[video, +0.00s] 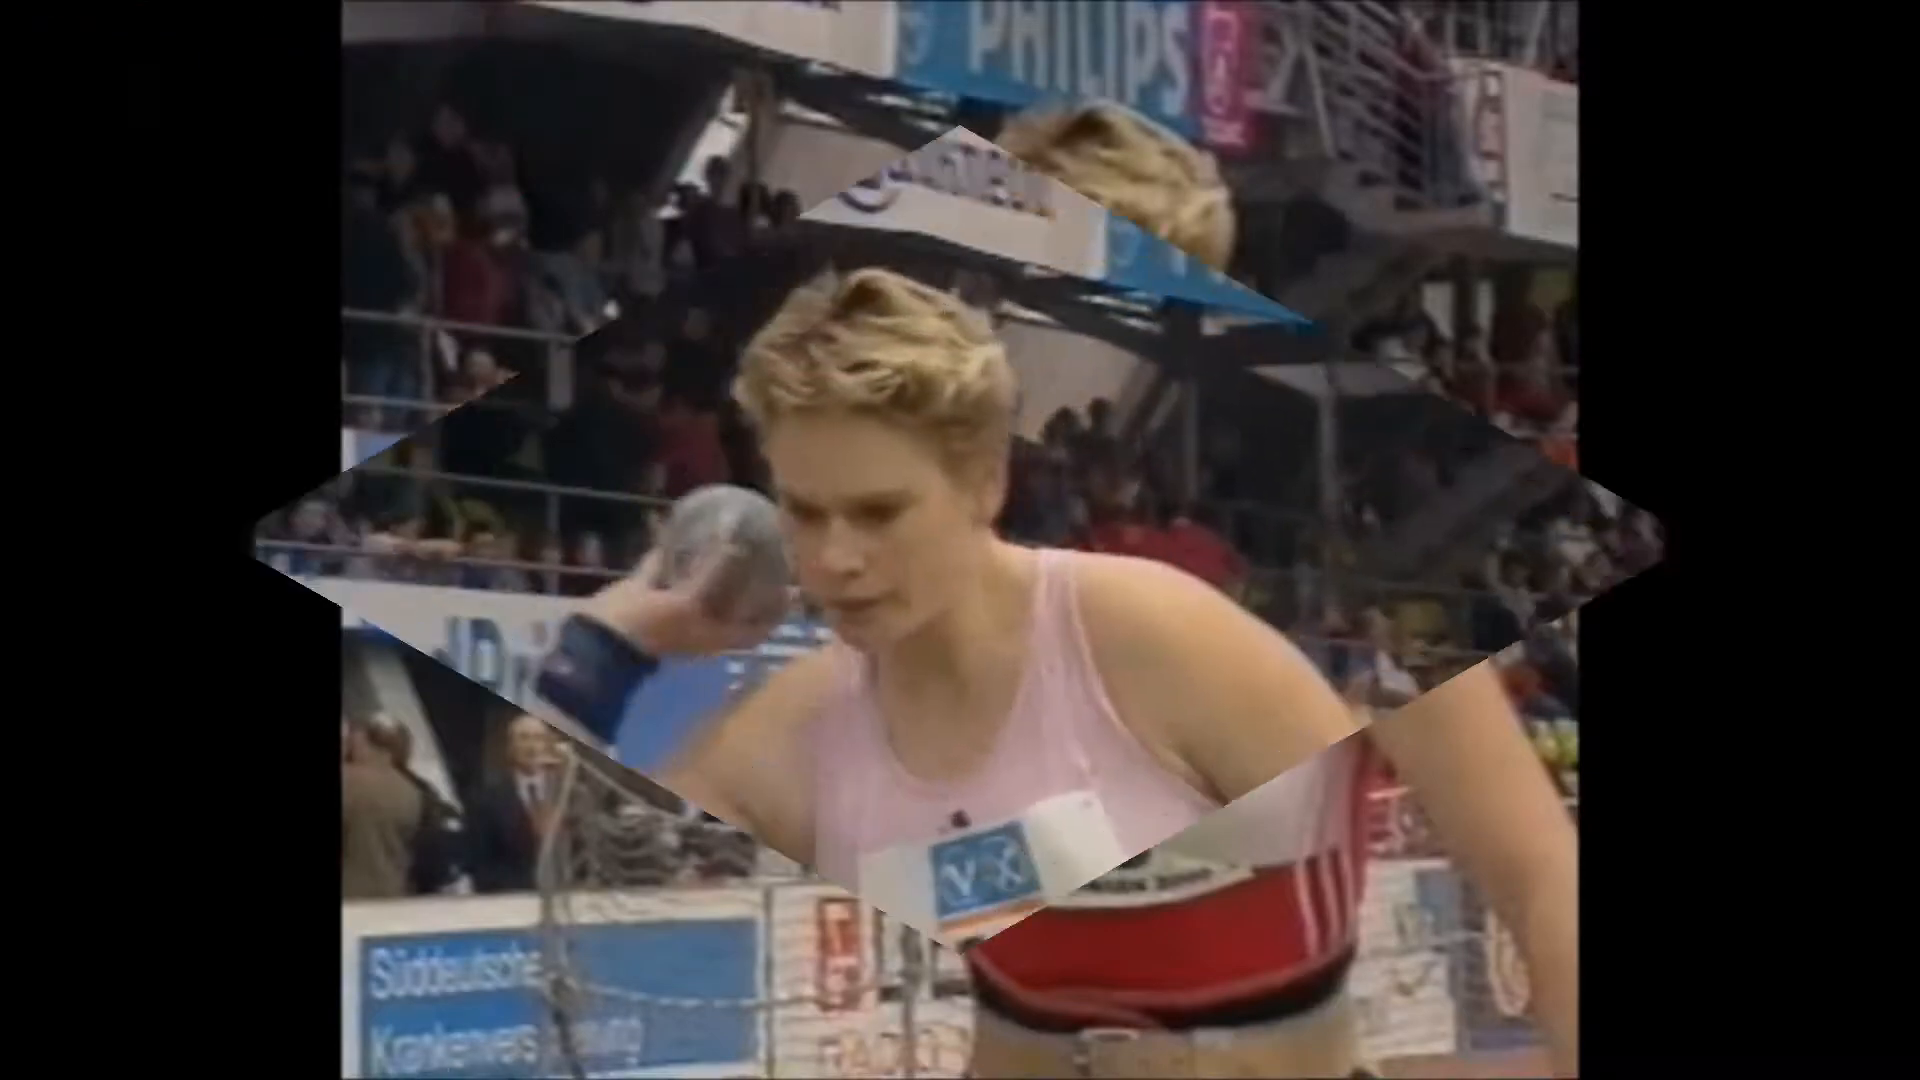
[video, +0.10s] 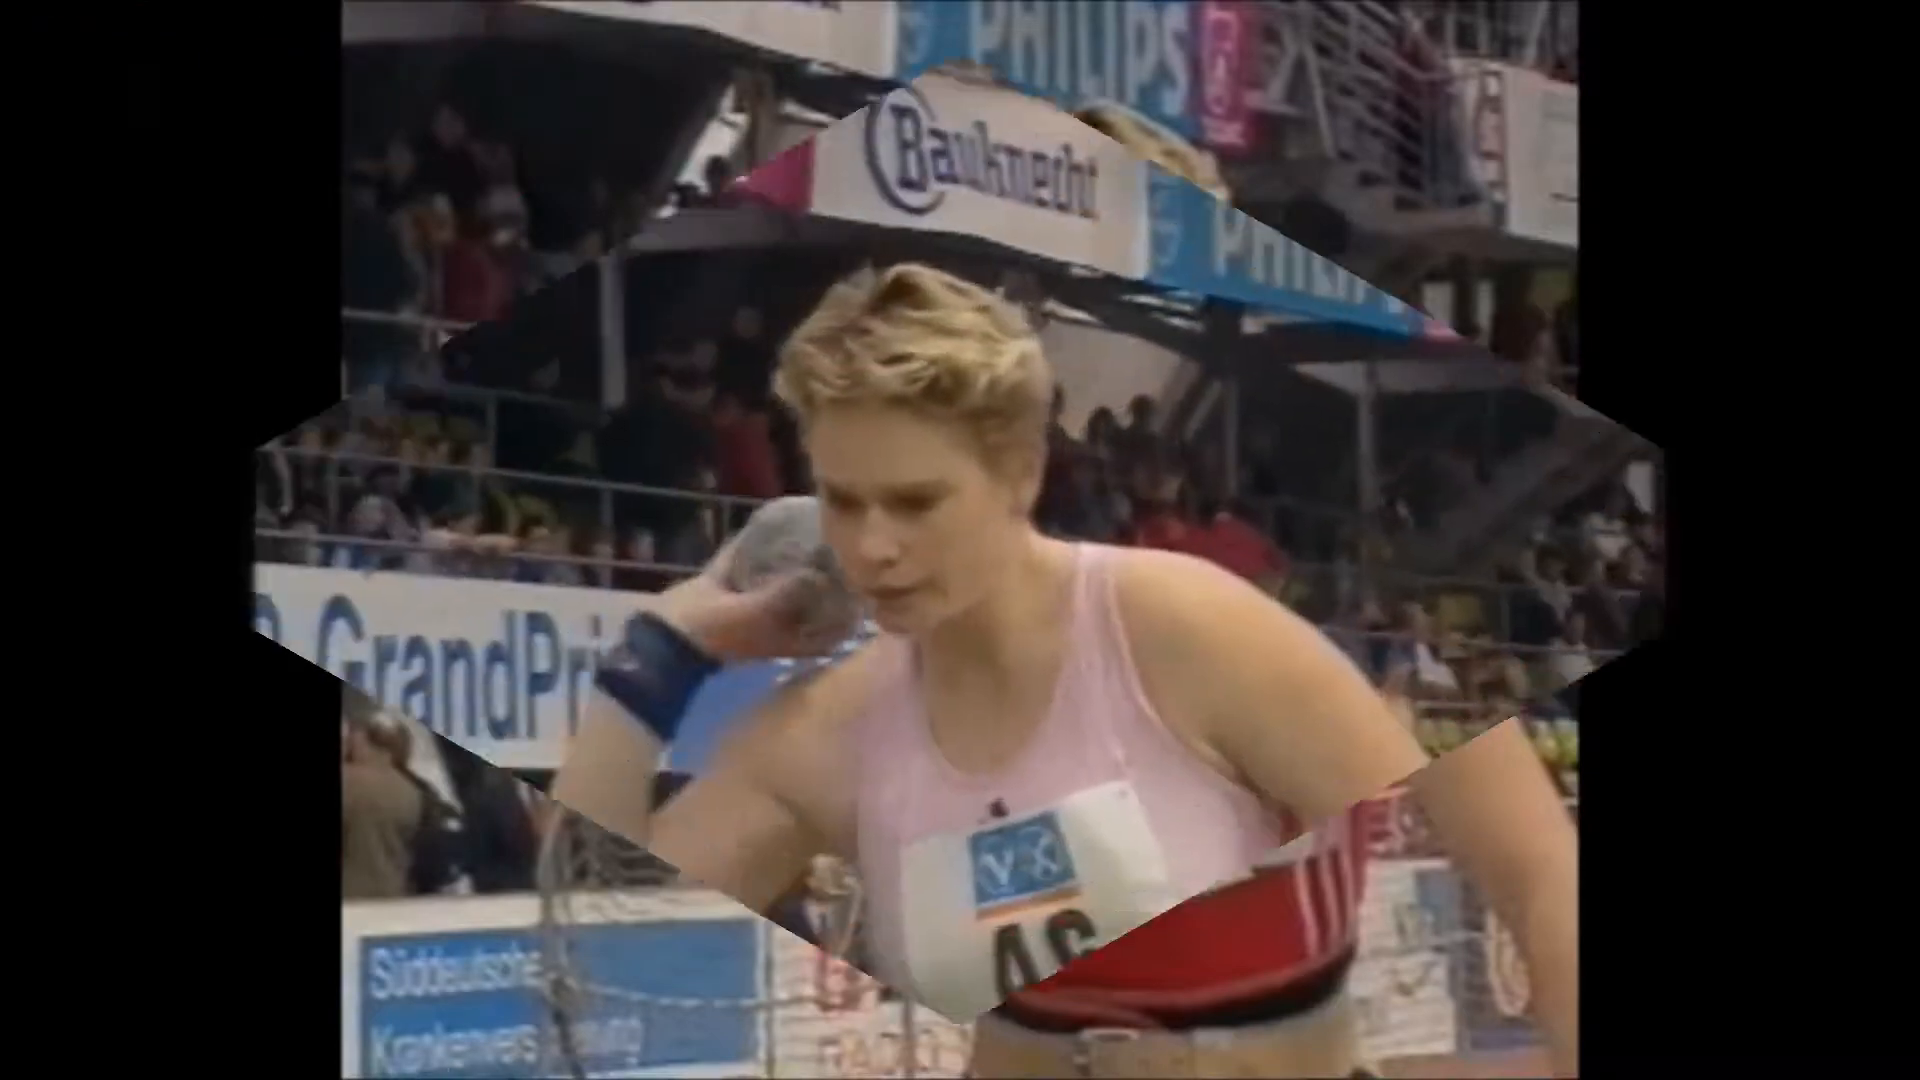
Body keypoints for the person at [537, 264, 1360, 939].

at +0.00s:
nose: (835, 562)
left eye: (879, 513)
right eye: (802, 514)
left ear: (982, 481)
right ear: (771, 499)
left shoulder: (1149, 634)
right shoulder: (781, 743)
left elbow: (1410, 879)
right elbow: (560, 910)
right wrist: (608, 638)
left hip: (1221, 1067)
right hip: (946, 1064)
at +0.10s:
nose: (873, 549)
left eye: (914, 501)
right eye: (843, 503)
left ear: (1020, 475)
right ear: (813, 491)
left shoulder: (1178, 625)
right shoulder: (824, 735)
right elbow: (583, 953)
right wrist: (655, 653)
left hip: (1282, 1068)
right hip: (1006, 1073)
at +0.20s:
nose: (896, 534)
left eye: (939, 486)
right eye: (867, 490)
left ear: (1044, 459)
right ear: (835, 481)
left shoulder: (1193, 619)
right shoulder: (845, 723)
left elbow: (1521, 854)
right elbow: (591, 943)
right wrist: (702, 641)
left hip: (1281, 1058)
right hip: (1025, 1064)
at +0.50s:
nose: (1056, 505)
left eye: (1101, 464)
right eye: (1034, 463)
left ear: (1210, 462)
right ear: (1008, 462)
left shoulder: (1331, 633)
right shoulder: (989, 712)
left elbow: (1570, 881)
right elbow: (670, 818)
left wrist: (1504, 1048)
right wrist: (879, 605)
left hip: (1352, 1057)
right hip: (1112, 1066)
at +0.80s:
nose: (1152, 482)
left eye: (1197, 444)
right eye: (1128, 435)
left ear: (1297, 433)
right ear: (1100, 424)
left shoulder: (1399, 612)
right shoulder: (1069, 655)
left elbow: (1613, 899)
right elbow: (759, 720)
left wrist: (1601, 1073)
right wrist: (970, 558)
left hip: (1403, 1058)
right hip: (1168, 1062)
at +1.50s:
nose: (1034, 448)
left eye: (1077, 409)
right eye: (1008, 400)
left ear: (1182, 371)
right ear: (986, 368)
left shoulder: (1287, 537)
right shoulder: (962, 545)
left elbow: (1463, 847)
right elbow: (606, 583)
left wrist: (1474, 1064)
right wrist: (861, 546)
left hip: (1276, 1059)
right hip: (1034, 1057)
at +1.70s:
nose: (904, 472)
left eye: (948, 424)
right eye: (867, 423)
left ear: (1047, 375)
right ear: (832, 397)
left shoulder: (1162, 521)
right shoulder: (817, 555)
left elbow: (1330, 875)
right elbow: (437, 669)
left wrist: (1286, 1069)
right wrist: (719, 580)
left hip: (1192, 1048)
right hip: (943, 1053)